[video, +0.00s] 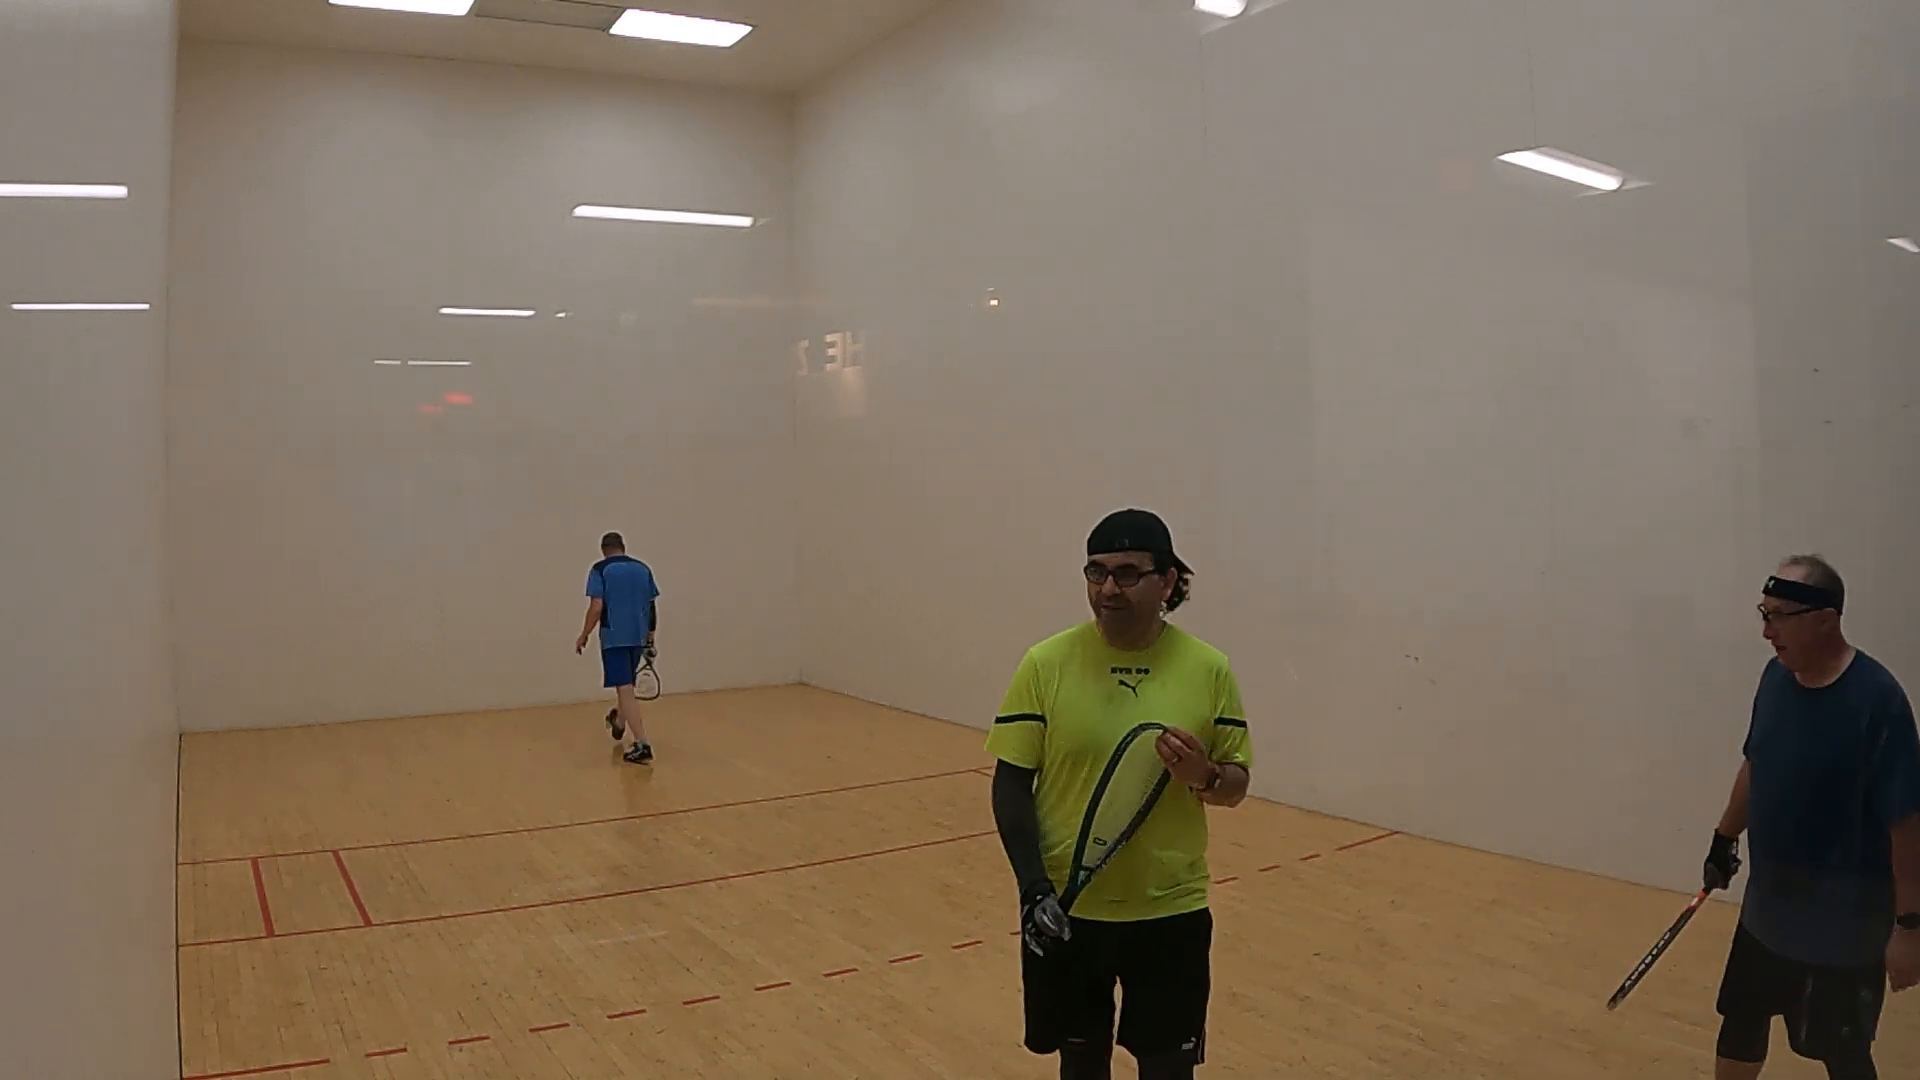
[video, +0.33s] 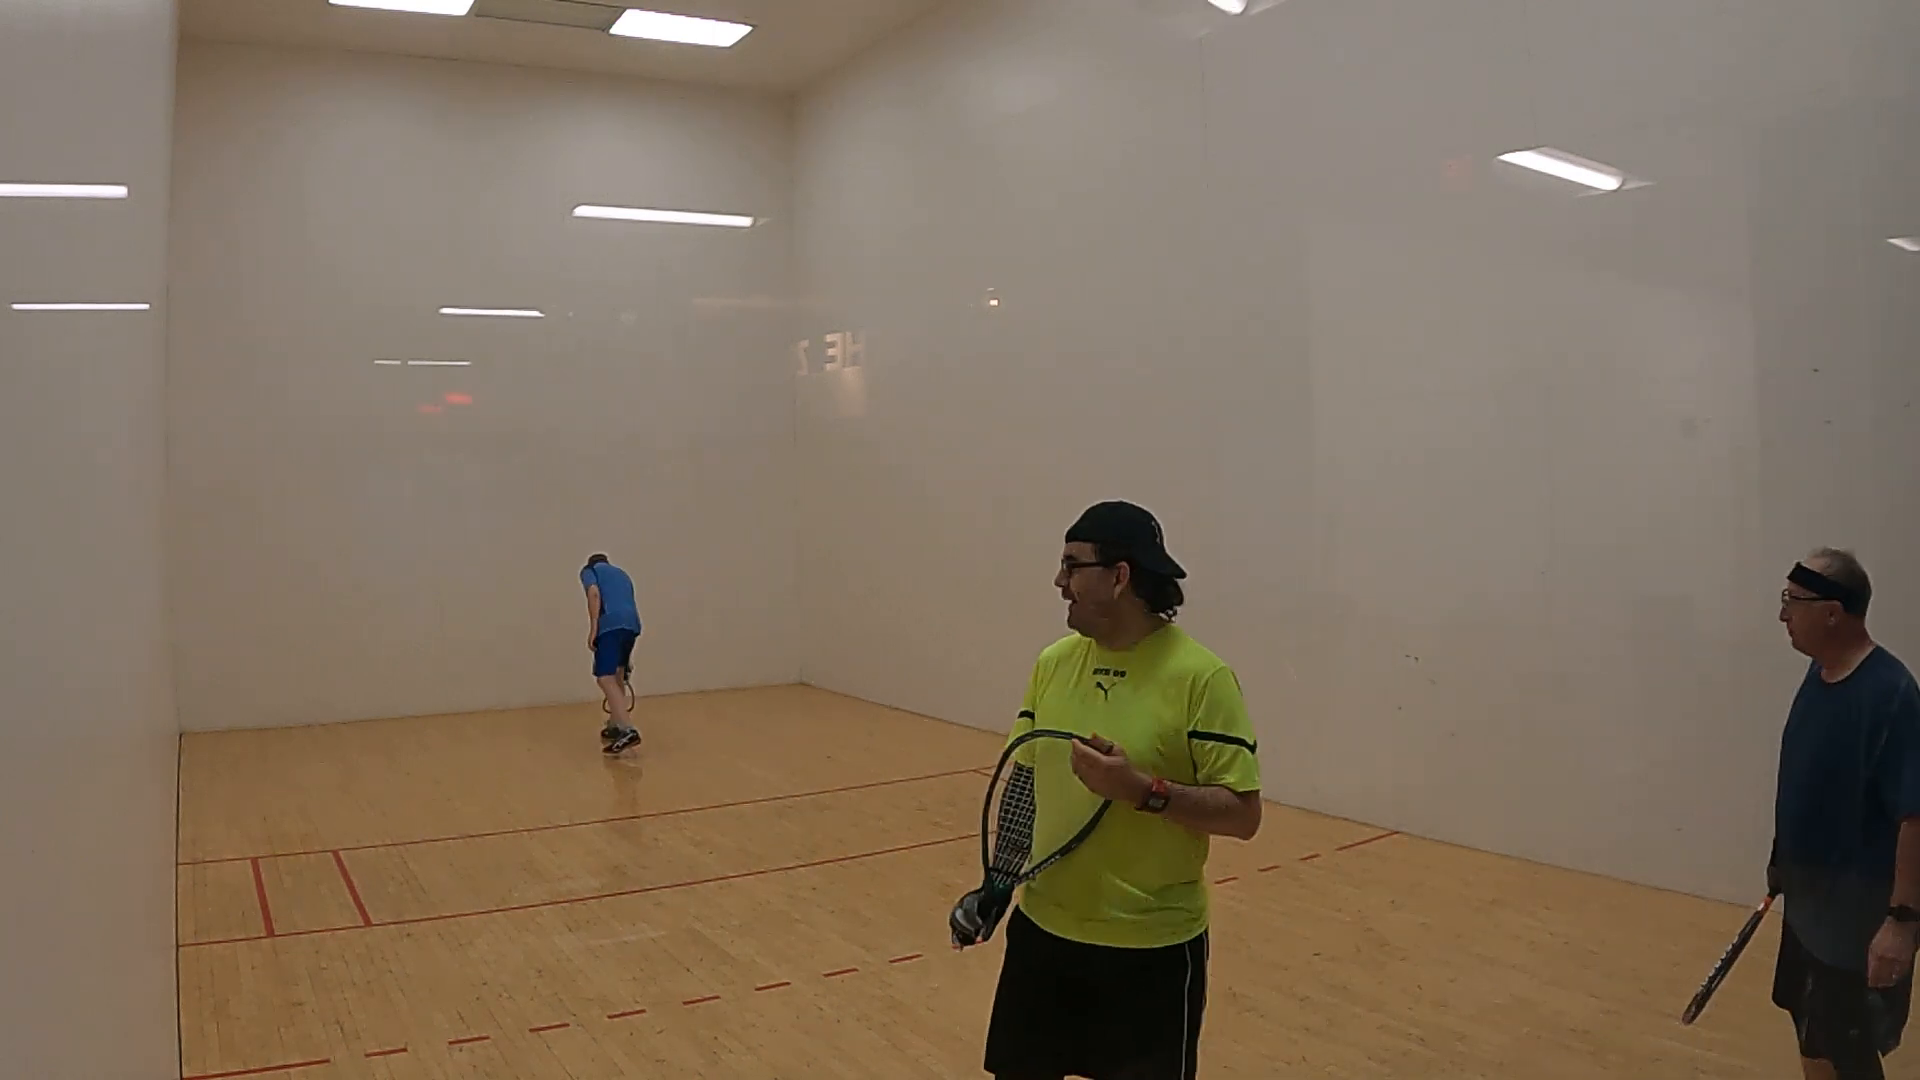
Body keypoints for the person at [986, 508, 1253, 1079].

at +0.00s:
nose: (1109, 587)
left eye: (1130, 573)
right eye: (1098, 572)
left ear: (1169, 582)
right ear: (1086, 578)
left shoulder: (1207, 670)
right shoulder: (1046, 666)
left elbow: (1235, 785)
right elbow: (1011, 787)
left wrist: (1207, 777)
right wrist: (1034, 890)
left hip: (1170, 914)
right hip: (1069, 912)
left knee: (1168, 1067)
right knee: (1081, 1061)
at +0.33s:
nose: (1059, 581)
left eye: (1073, 565)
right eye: (1062, 565)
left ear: (1120, 576)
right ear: (1114, 577)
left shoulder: (1201, 678)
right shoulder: (1056, 662)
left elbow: (1242, 813)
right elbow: (1025, 787)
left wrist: (1139, 791)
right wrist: (995, 887)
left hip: (1149, 952)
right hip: (1043, 935)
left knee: (1147, 1073)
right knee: (1018, 1069)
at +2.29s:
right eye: (1182, 588)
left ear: (1081, 597)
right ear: (1175, 597)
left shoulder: (1034, 700)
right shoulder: (1226, 699)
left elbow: (993, 835)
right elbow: (1231, 833)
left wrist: (1069, 796)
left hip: (1059, 1016)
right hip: (1187, 1010)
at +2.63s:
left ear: (1082, 600)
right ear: (1178, 595)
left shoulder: (1041, 702)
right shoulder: (1230, 699)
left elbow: (994, 838)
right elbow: (1232, 830)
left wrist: (1071, 798)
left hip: (1062, 1014)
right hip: (1189, 1007)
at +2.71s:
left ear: (1080, 598)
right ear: (1178, 596)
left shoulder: (1041, 702)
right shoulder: (1229, 699)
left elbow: (993, 838)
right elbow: (1230, 831)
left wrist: (1071, 798)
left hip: (1061, 1014)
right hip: (1189, 1008)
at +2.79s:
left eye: (1082, 590)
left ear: (1082, 600)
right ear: (1177, 596)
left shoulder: (1042, 700)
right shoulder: (1229, 697)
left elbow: (991, 840)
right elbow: (1230, 832)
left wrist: (1067, 795)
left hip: (1064, 1013)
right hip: (1190, 1005)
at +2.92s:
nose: (1073, 599)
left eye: (1073, 587)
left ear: (1079, 596)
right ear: (1170, 591)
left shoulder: (1044, 698)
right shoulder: (1230, 696)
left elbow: (982, 847)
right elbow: (1234, 844)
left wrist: (1050, 797)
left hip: (1065, 1013)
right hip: (1189, 1004)